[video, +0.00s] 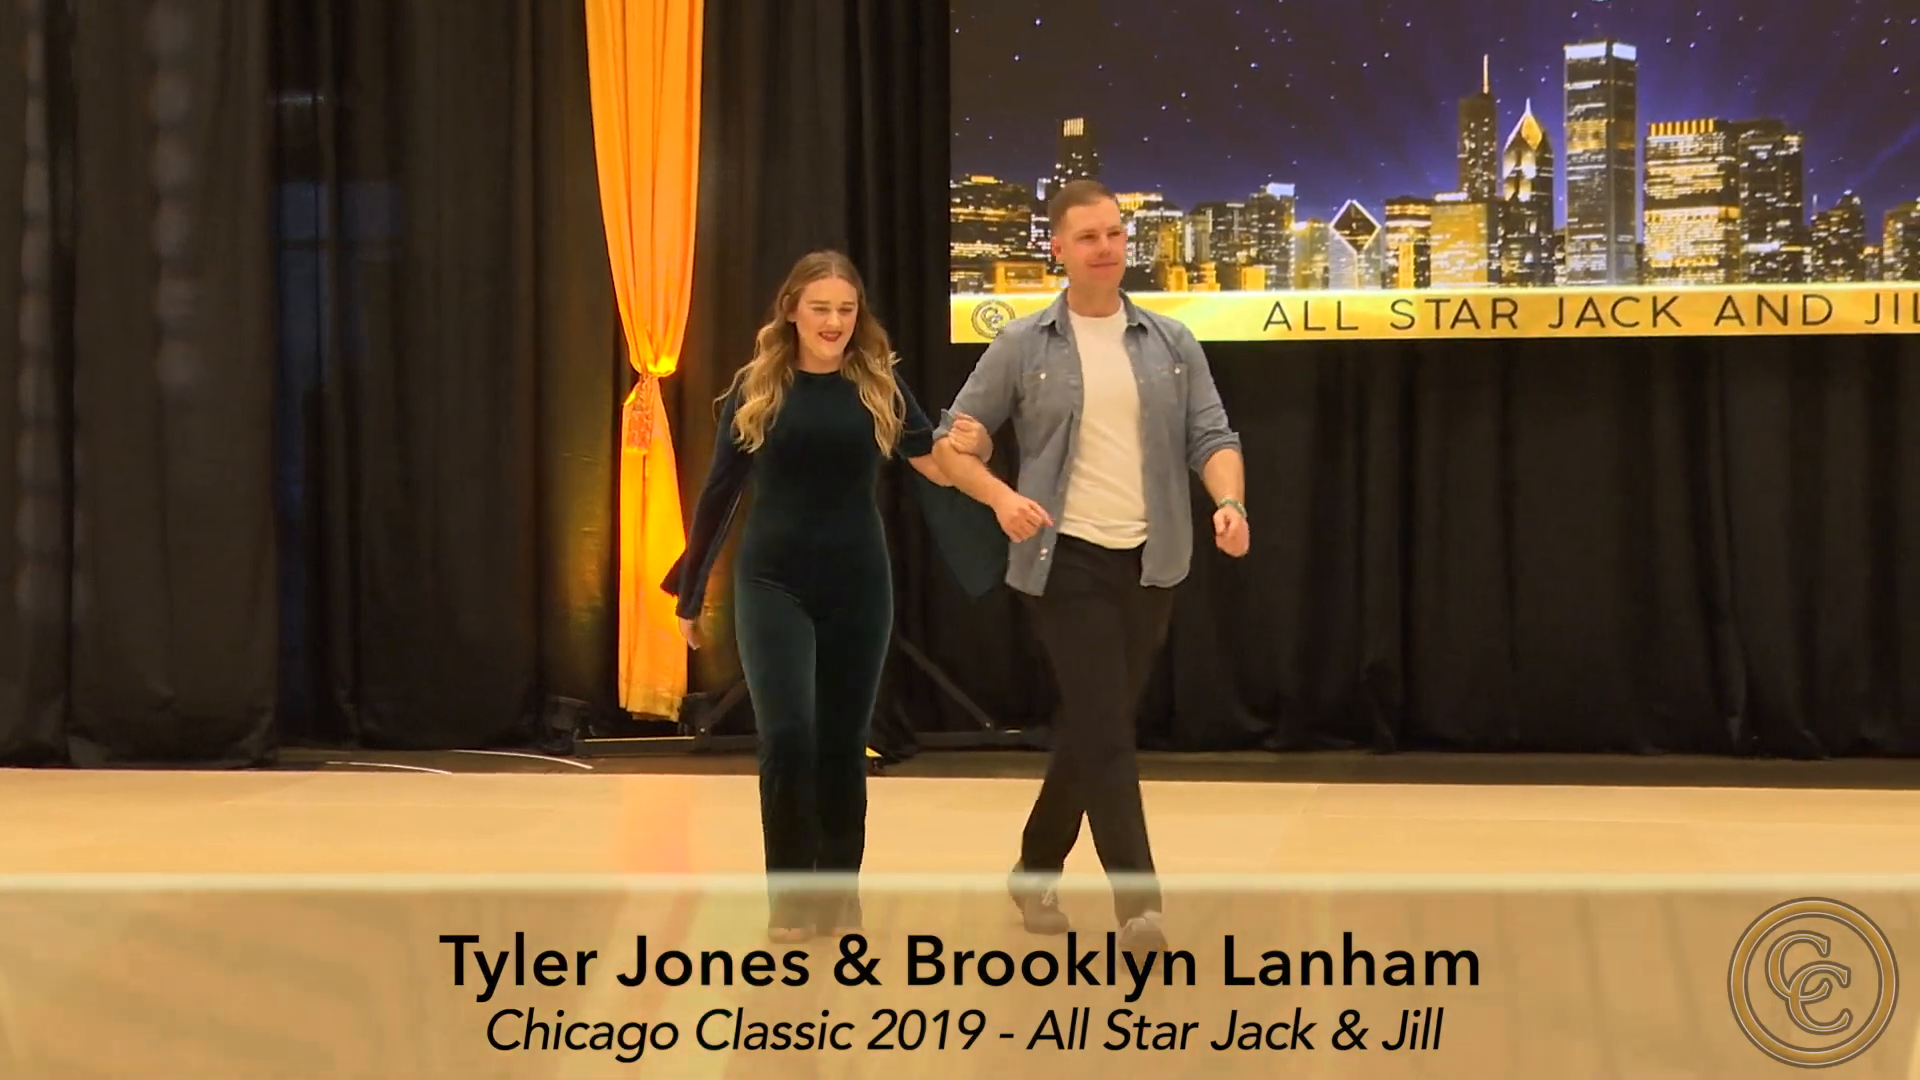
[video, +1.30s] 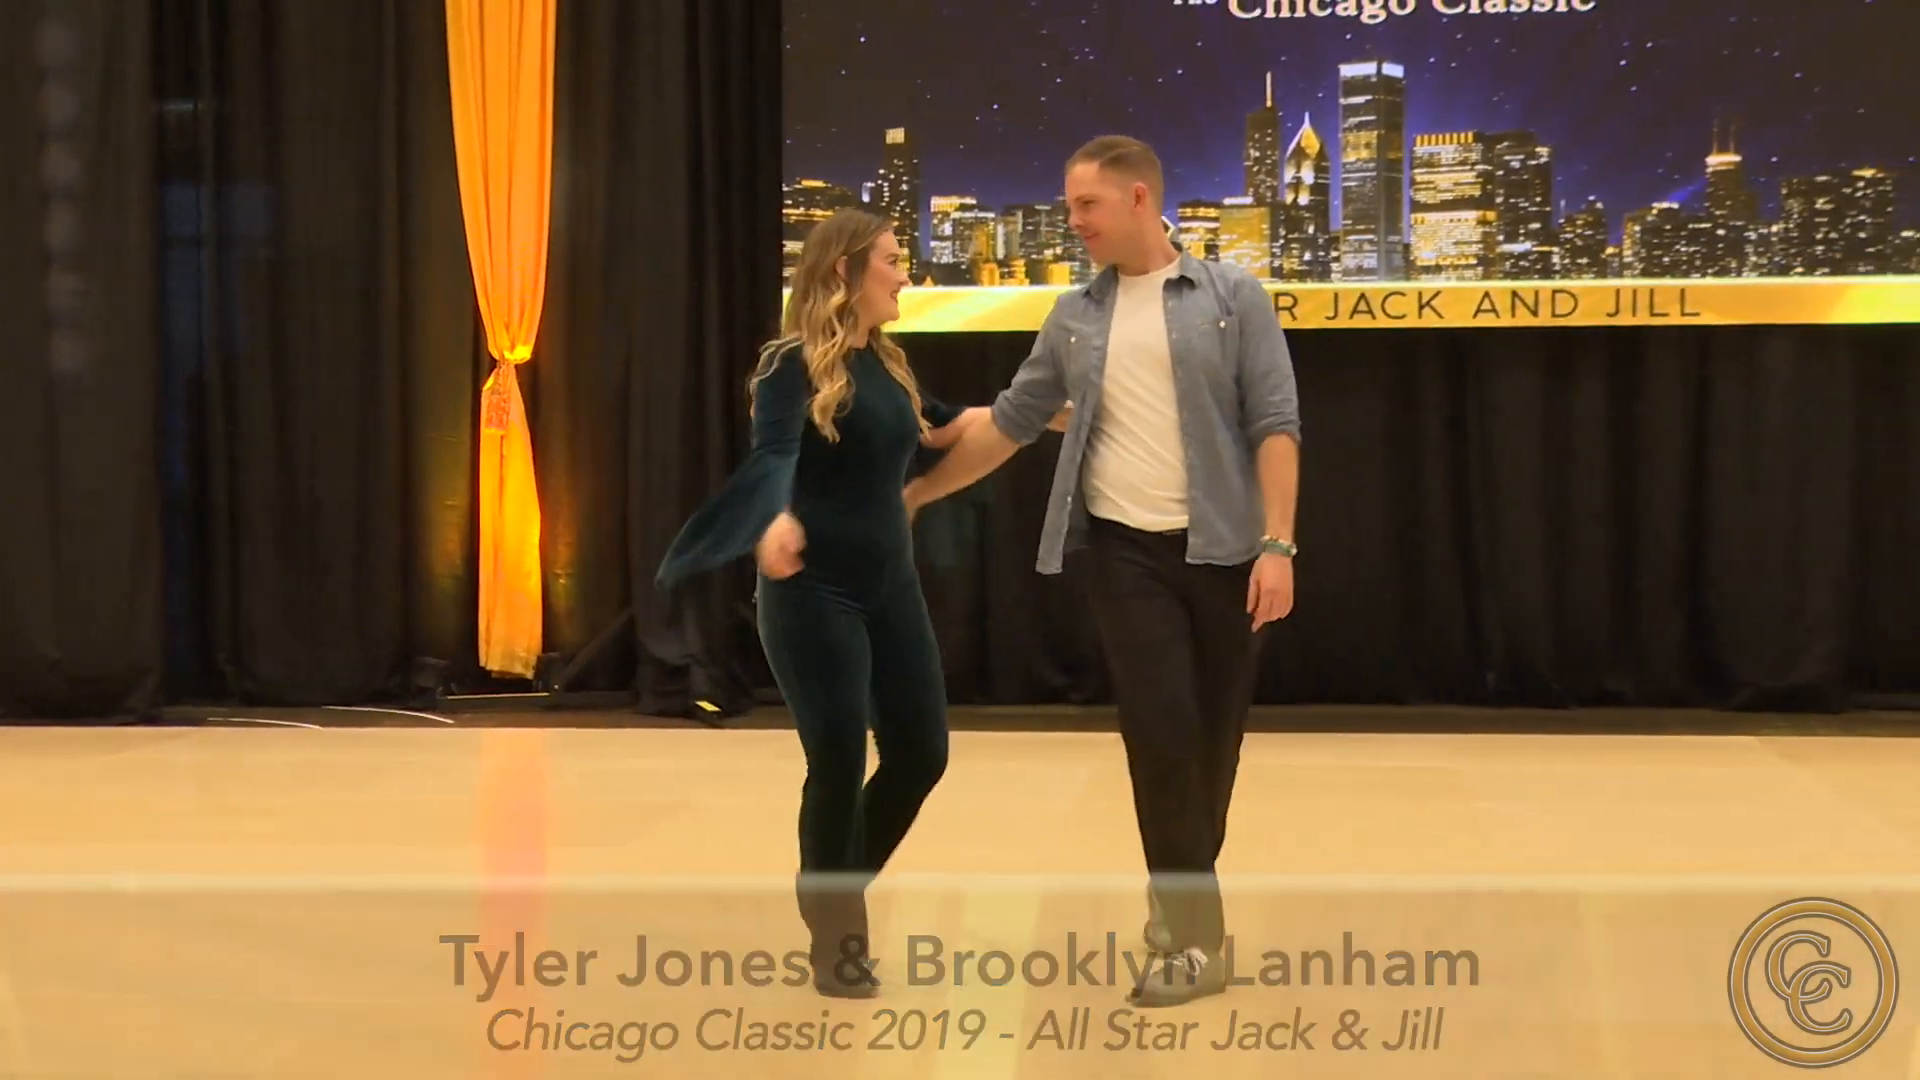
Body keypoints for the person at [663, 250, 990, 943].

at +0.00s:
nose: (835, 321)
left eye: (846, 310)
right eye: (821, 308)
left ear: (858, 316)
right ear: (793, 312)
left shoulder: (879, 386)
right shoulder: (755, 388)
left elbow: (932, 458)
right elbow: (722, 489)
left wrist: (970, 444)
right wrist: (690, 573)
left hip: (859, 587)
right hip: (772, 582)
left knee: (842, 749)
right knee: (789, 741)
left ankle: (839, 904)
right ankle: (790, 910)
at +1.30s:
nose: (904, 275)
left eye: (902, 262)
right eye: (892, 262)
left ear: (867, 273)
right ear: (846, 271)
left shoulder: (886, 364)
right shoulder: (793, 362)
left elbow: (928, 437)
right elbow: (773, 454)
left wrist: (1026, 418)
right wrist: (776, 516)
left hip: (892, 588)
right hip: (812, 589)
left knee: (918, 756)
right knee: (839, 759)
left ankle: (837, 896)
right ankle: (834, 938)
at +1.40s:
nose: (908, 267)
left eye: (903, 254)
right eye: (894, 254)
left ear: (868, 268)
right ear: (849, 267)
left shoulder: (886, 357)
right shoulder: (799, 355)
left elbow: (909, 451)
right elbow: (802, 449)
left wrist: (971, 418)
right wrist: (852, 474)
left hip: (893, 583)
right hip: (812, 587)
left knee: (929, 749)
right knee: (827, 760)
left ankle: (881, 928)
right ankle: (820, 941)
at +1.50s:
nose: (914, 264)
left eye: (910, 251)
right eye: (901, 251)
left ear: (875, 266)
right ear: (855, 264)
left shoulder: (897, 361)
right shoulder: (810, 355)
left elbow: (925, 474)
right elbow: (849, 448)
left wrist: (958, 431)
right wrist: (937, 430)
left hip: (903, 576)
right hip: (821, 578)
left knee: (919, 769)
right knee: (824, 763)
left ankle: (944, 954)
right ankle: (818, 948)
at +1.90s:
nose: (938, 260)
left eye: (934, 247)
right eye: (925, 247)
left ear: (883, 264)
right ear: (880, 262)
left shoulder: (913, 351)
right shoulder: (864, 346)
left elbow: (963, 470)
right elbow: (936, 425)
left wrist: (1025, 375)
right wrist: (1025, 356)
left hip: (939, 575)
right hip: (872, 578)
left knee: (936, 768)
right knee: (886, 765)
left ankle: (920, 953)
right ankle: (821, 956)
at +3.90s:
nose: (952, 281)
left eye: (950, 269)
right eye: (941, 270)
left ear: (911, 282)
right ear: (903, 282)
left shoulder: (905, 356)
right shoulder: (898, 363)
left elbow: (956, 413)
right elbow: (976, 447)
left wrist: (1003, 362)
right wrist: (1010, 378)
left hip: (892, 558)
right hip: (906, 563)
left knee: (894, 723)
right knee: (937, 715)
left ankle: (897, 887)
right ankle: (904, 903)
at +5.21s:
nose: (960, 276)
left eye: (959, 265)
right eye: (946, 264)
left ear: (926, 279)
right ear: (901, 273)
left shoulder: (914, 356)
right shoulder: (882, 352)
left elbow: (950, 452)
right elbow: (955, 428)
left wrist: (1013, 422)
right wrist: (1017, 366)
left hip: (905, 565)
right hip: (873, 568)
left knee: (937, 711)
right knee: (899, 729)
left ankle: (916, 889)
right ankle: (871, 910)